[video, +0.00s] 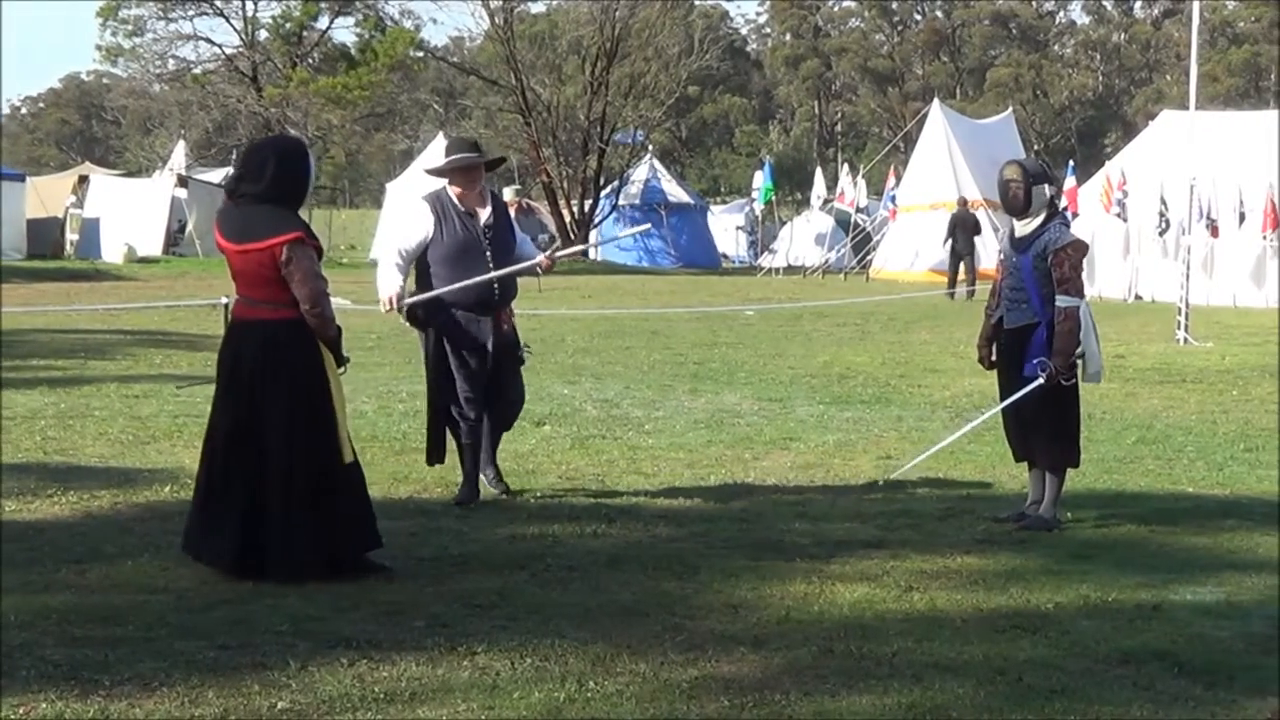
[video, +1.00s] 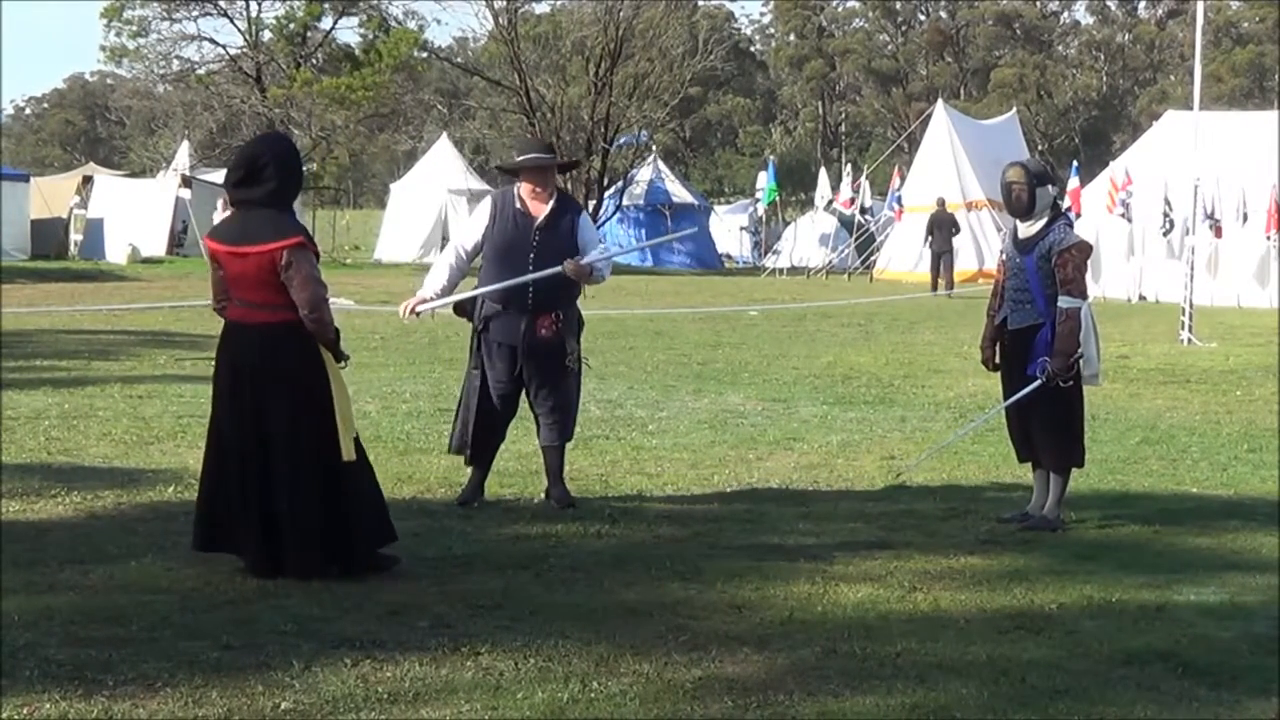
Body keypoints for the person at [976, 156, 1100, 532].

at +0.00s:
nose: (1010, 194)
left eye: (1018, 187)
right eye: (1006, 187)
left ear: (1041, 190)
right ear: (1004, 193)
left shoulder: (1058, 236)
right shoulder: (1013, 234)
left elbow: (1069, 300)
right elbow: (1001, 287)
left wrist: (1063, 353)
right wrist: (988, 332)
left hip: (1045, 336)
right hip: (1013, 336)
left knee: (1050, 417)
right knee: (1024, 415)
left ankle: (1049, 508)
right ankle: (1035, 501)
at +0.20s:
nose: (1014, 195)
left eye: (1022, 189)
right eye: (1010, 188)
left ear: (1047, 192)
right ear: (1007, 192)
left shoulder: (1063, 236)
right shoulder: (1014, 234)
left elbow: (1073, 300)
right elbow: (1003, 288)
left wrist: (1067, 354)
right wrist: (991, 334)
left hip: (1050, 337)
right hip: (1017, 337)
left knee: (1053, 417)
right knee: (1026, 415)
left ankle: (1052, 509)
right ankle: (1038, 500)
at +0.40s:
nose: (1014, 195)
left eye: (1022, 188)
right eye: (1010, 189)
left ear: (1045, 191)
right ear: (1006, 193)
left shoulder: (1063, 235)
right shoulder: (1015, 233)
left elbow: (1074, 299)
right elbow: (1004, 287)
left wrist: (1068, 353)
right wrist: (992, 333)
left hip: (1050, 336)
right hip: (1017, 336)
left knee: (1054, 417)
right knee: (1028, 415)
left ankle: (1052, 508)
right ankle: (1037, 502)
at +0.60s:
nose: (1014, 195)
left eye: (1022, 189)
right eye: (1010, 189)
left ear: (1045, 192)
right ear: (1006, 193)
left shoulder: (1064, 236)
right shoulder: (1013, 235)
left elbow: (1073, 300)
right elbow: (1002, 289)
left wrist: (1066, 354)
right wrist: (991, 335)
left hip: (1051, 338)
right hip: (1017, 338)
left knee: (1055, 418)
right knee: (1028, 416)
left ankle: (1053, 509)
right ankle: (1038, 501)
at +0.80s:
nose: (1013, 195)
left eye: (1021, 189)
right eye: (1009, 189)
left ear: (1045, 192)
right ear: (1005, 193)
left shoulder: (1063, 237)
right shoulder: (1013, 235)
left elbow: (1073, 301)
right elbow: (1001, 290)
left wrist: (1065, 355)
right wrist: (990, 335)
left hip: (1051, 338)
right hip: (1017, 339)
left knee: (1055, 419)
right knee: (1028, 416)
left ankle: (1053, 508)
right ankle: (1039, 501)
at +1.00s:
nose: (1013, 196)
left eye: (1021, 189)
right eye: (1009, 189)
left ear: (1044, 192)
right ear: (1005, 193)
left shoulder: (1063, 236)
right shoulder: (1013, 234)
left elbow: (1072, 300)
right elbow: (1002, 288)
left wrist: (1063, 353)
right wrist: (990, 334)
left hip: (1050, 337)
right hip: (1016, 337)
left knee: (1054, 417)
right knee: (1027, 415)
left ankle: (1053, 508)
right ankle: (1039, 501)